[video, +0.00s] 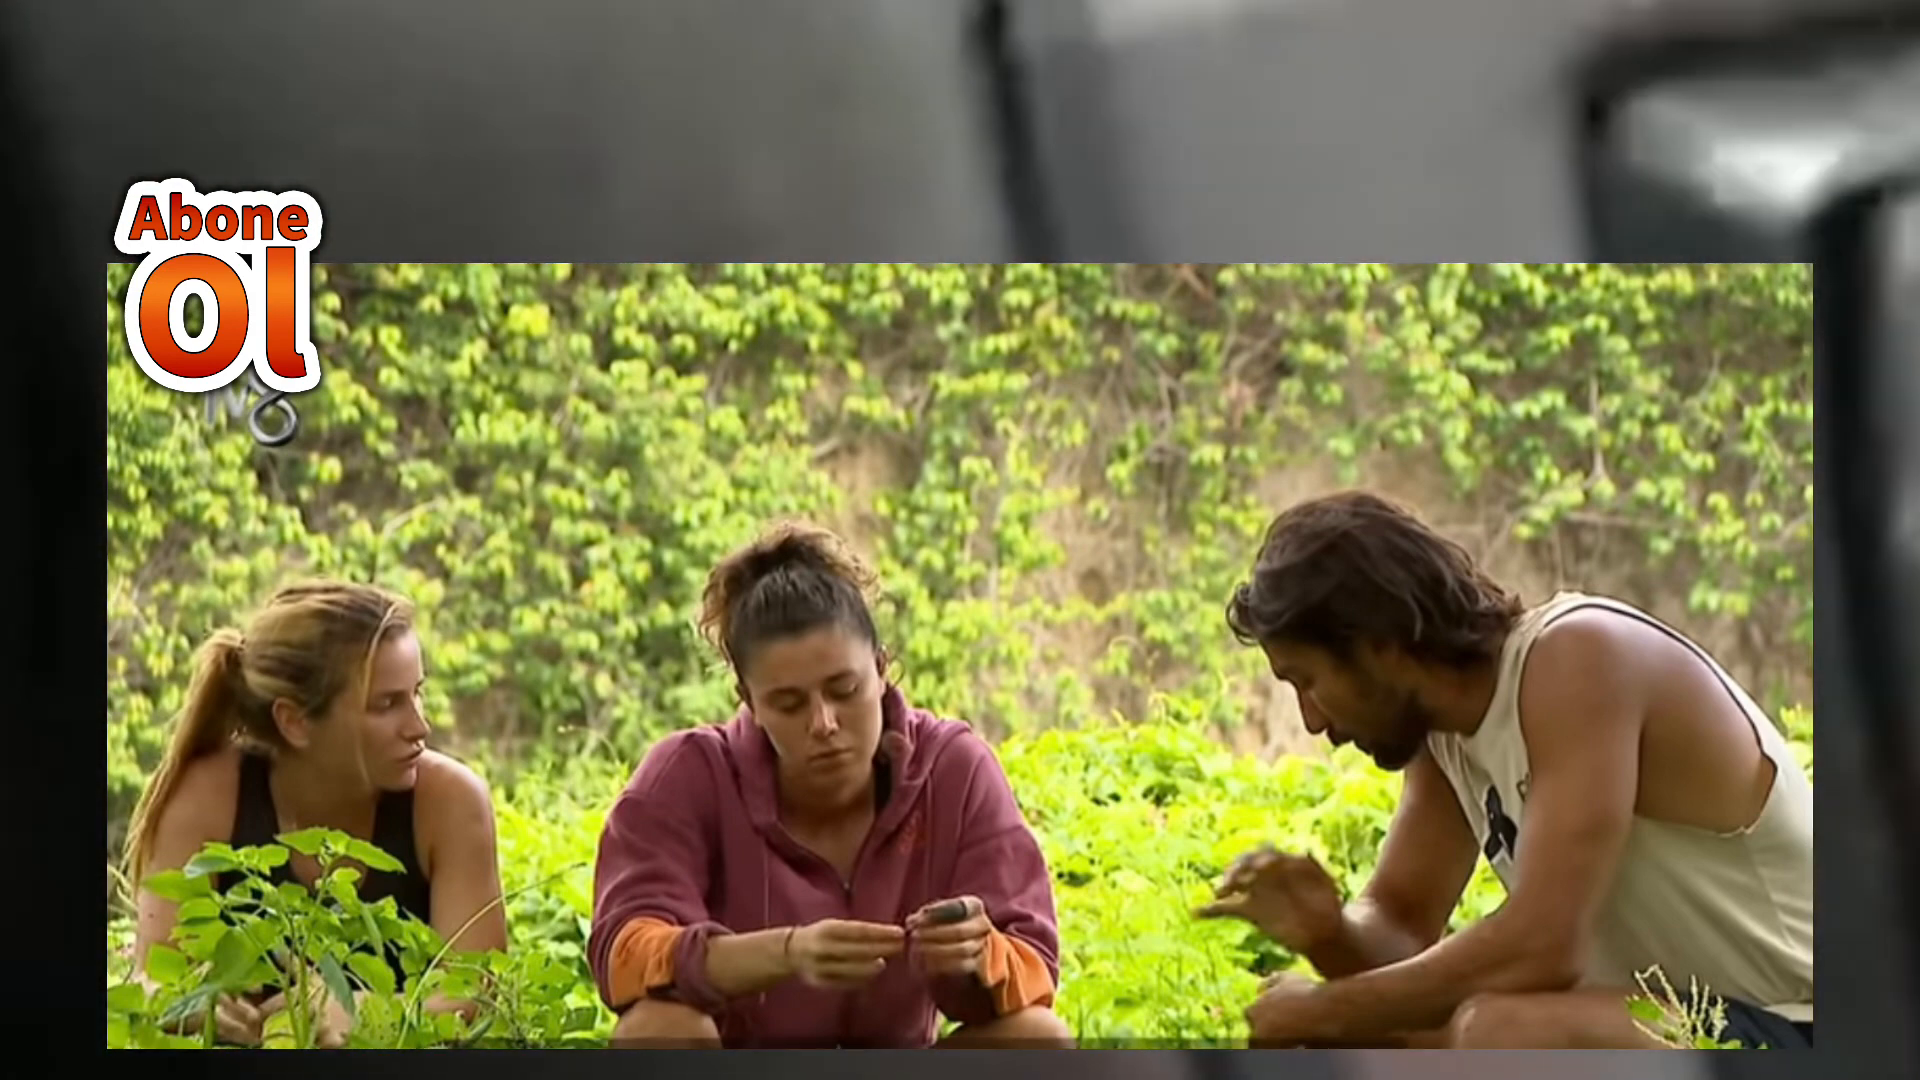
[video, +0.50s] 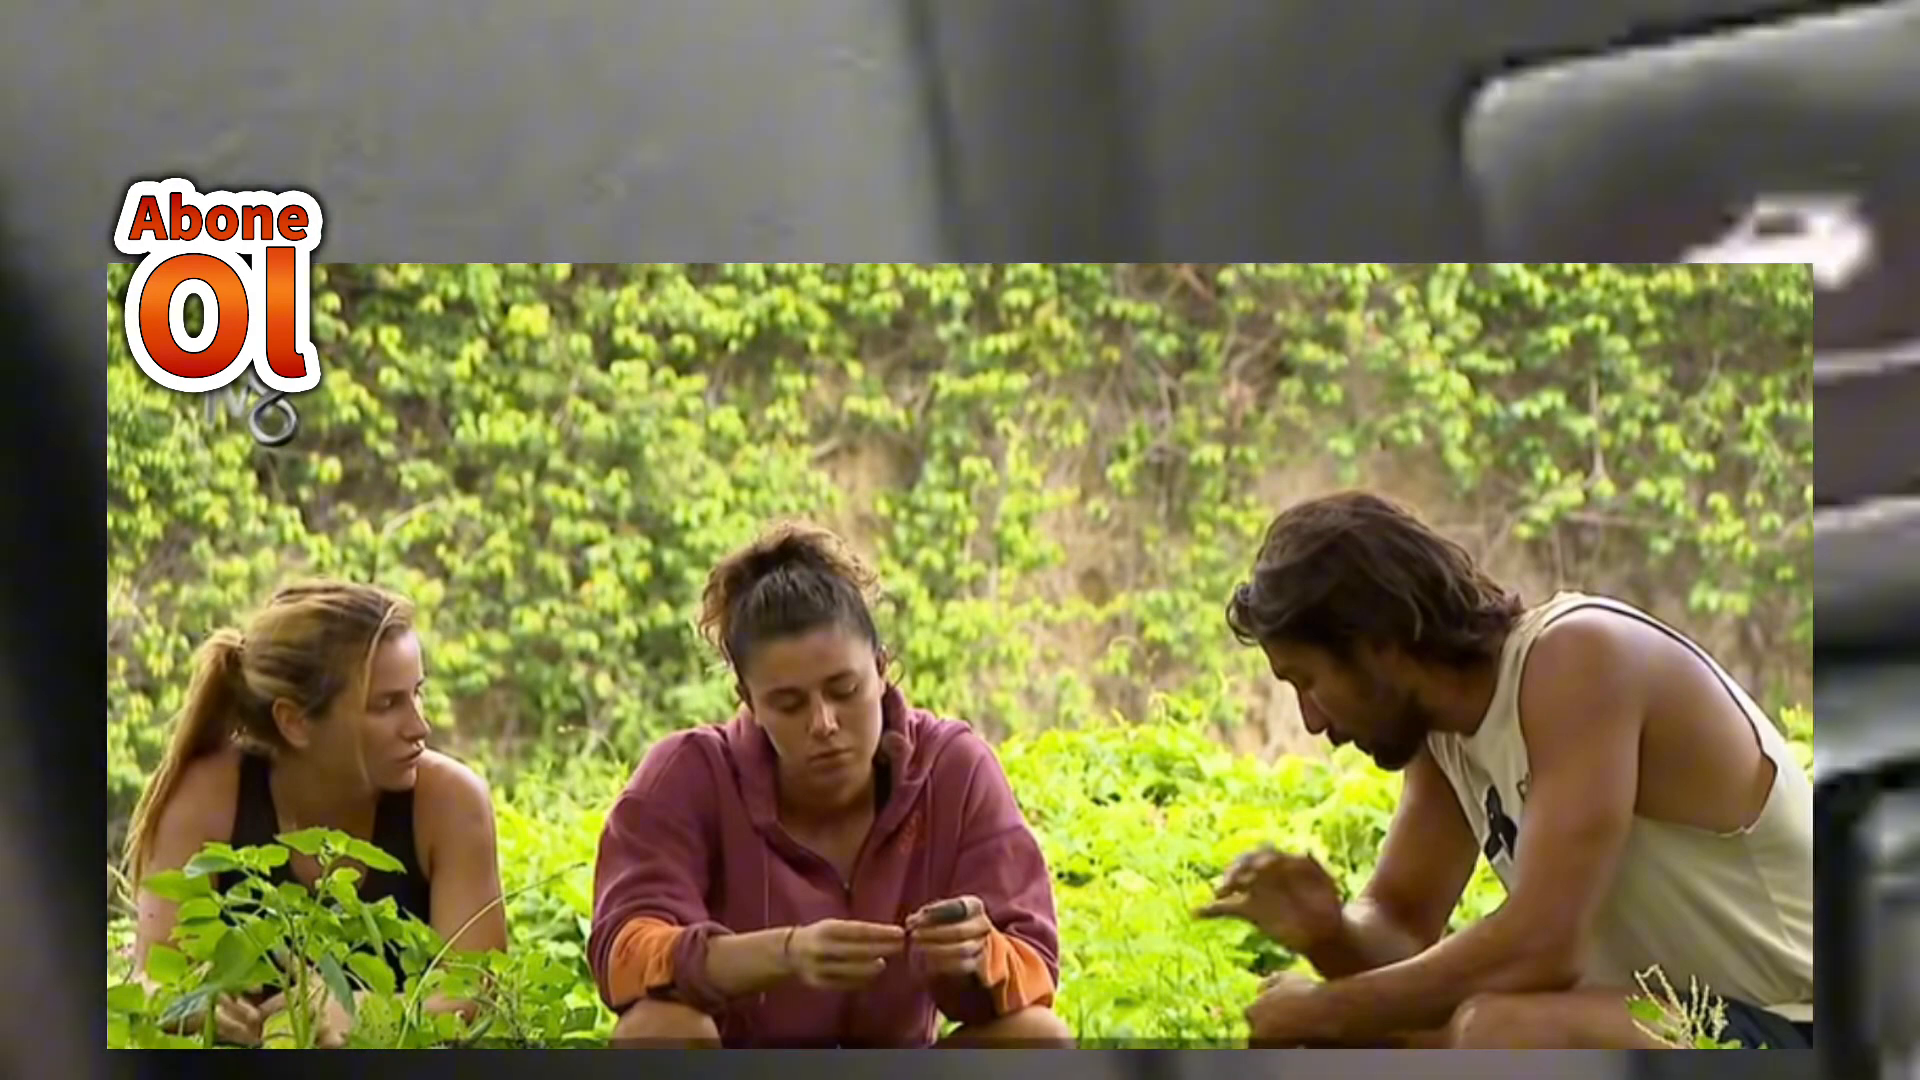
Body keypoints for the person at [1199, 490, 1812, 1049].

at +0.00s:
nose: (1310, 723)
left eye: (1305, 686)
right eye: (1295, 693)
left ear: (1385, 643)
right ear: (1385, 645)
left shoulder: (1584, 656)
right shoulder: (1451, 731)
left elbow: (1540, 950)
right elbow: (1403, 925)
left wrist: (1323, 1014)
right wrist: (1331, 933)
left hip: (1791, 1020)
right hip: (1659, 1004)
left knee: (1502, 1026)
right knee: (1375, 1032)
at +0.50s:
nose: (1312, 724)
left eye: (1306, 687)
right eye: (1296, 693)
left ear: (1383, 644)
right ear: (1383, 644)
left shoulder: (1584, 657)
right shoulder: (1450, 729)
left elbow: (1539, 950)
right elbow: (1403, 927)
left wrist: (1324, 1014)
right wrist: (1330, 932)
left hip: (1790, 1019)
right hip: (1653, 1003)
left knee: (1502, 1027)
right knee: (1377, 1029)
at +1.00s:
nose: (1310, 722)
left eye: (1305, 686)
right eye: (1295, 692)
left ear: (1384, 641)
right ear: (1384, 643)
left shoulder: (1584, 656)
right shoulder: (1451, 733)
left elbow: (1540, 950)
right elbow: (1402, 925)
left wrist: (1328, 1014)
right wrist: (1330, 933)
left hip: (1789, 1012)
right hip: (1653, 1003)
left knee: (1498, 1025)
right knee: (1378, 1028)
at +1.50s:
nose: (1310, 723)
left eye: (1305, 686)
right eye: (1295, 693)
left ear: (1385, 643)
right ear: (1385, 645)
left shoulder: (1584, 656)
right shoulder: (1451, 730)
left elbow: (1540, 950)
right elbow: (1403, 925)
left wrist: (1327, 1015)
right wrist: (1330, 934)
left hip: (1789, 1016)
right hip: (1653, 1002)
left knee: (1502, 1025)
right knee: (1386, 1025)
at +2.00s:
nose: (1310, 723)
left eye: (1305, 686)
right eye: (1295, 693)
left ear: (1385, 643)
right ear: (1385, 644)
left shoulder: (1584, 656)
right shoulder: (1451, 730)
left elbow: (1540, 950)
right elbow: (1402, 925)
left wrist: (1326, 1015)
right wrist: (1330, 934)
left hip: (1788, 1016)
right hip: (1653, 1001)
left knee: (1501, 1025)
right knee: (1384, 1024)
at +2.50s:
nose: (1310, 723)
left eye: (1305, 686)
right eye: (1295, 692)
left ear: (1385, 642)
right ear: (1385, 644)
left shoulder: (1584, 656)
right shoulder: (1451, 732)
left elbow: (1540, 950)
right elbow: (1402, 924)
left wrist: (1324, 1015)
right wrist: (1330, 934)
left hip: (1791, 1012)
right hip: (1656, 1001)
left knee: (1501, 1024)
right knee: (1382, 1027)